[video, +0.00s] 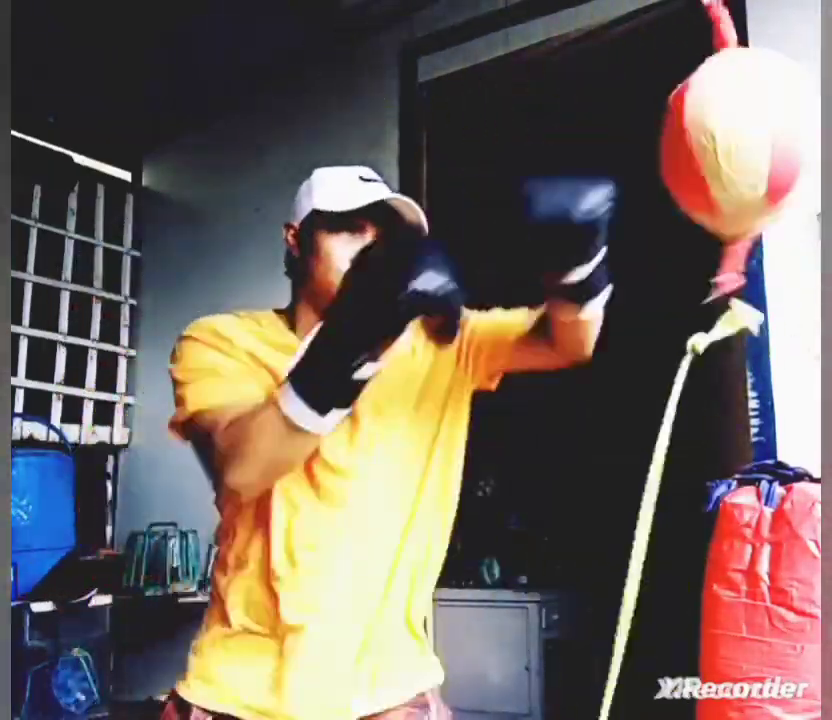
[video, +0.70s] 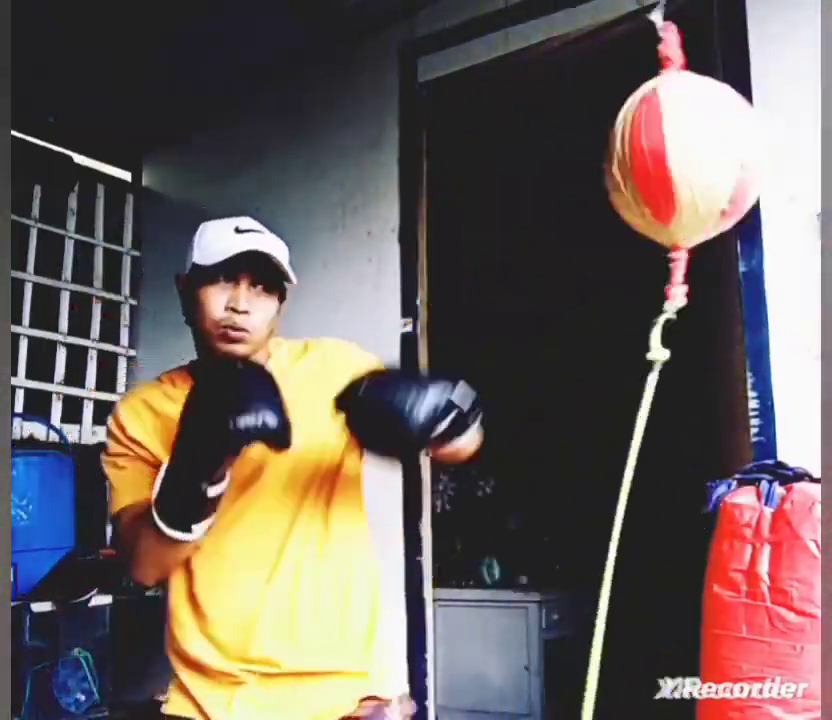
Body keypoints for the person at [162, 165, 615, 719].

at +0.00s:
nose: (370, 248)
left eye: (383, 231)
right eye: (347, 229)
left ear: (404, 246)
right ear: (296, 244)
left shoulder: (448, 339)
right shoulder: (223, 342)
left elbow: (570, 346)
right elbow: (240, 470)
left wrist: (577, 265)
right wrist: (346, 344)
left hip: (392, 696)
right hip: (238, 695)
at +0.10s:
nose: (362, 254)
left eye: (380, 243)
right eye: (344, 231)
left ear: (393, 267)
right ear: (295, 242)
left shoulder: (410, 337)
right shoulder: (208, 354)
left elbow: (533, 369)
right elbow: (178, 515)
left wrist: (555, 286)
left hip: (387, 671)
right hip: (249, 672)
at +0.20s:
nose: (290, 275)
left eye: (308, 258)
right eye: (270, 251)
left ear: (323, 276)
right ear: (227, 265)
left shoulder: (374, 360)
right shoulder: (168, 384)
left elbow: (460, 476)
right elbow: (148, 538)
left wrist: (407, 499)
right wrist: (219, 421)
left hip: (372, 667)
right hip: (237, 677)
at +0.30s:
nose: (223, 307)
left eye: (242, 288)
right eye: (200, 286)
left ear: (261, 305)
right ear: (163, 307)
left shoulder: (333, 395)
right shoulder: (131, 430)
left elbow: (399, 519)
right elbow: (141, 579)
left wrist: (350, 602)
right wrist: (192, 461)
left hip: (355, 694)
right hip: (214, 698)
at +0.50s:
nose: (221, 295)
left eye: (237, 279)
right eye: (198, 279)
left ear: (255, 291)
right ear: (158, 295)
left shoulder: (315, 374)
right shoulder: (112, 402)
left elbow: (364, 484)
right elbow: (139, 527)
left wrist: (344, 540)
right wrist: (192, 406)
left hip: (329, 679)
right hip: (188, 688)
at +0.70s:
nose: (240, 303)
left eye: (261, 286)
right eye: (223, 280)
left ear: (281, 301)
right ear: (188, 293)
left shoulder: (338, 369)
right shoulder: (144, 413)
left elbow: (463, 447)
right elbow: (145, 566)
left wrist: (446, 414)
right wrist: (199, 466)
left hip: (341, 690)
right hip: (209, 694)